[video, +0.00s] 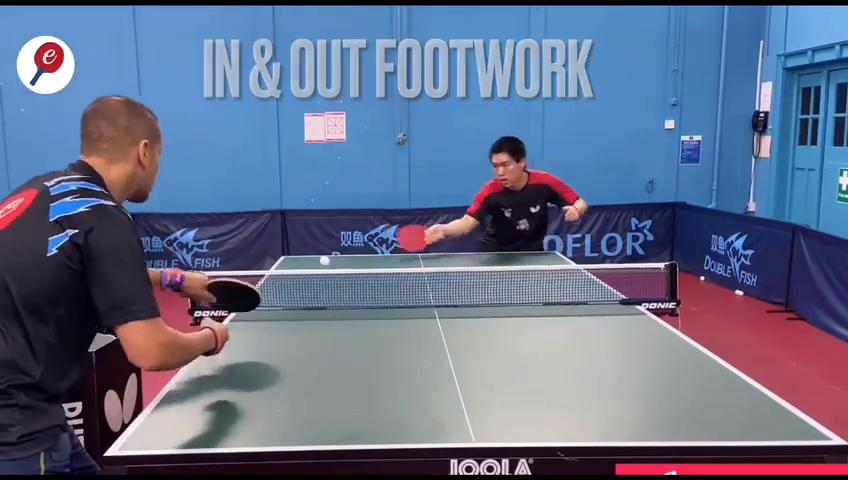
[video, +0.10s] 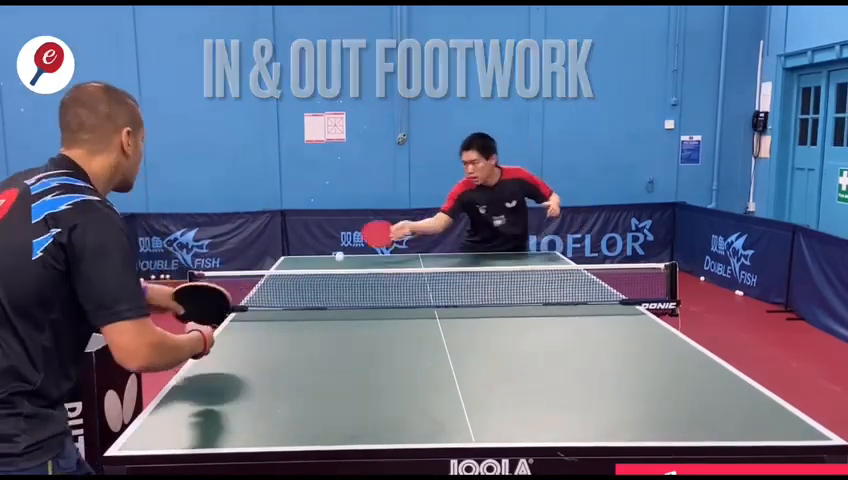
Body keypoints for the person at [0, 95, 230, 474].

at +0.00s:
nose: (156, 170)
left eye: (158, 158)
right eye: (158, 158)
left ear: (90, 145)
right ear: (142, 153)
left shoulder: (37, 191)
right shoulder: (103, 217)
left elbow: (79, 280)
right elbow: (149, 350)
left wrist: (174, 280)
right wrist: (206, 339)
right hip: (23, 431)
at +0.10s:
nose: (141, 156)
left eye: (143, 143)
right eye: (142, 143)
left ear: (70, 136)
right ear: (125, 141)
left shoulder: (18, 187)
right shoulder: (92, 219)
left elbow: (54, 283)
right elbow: (135, 351)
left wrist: (147, 295)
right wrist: (194, 344)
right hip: (26, 442)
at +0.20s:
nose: (125, 145)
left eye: (125, 132)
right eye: (125, 132)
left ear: (51, 127)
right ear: (109, 131)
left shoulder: (9, 182)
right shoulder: (80, 210)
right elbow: (127, 352)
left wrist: (119, 315)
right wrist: (187, 346)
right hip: (26, 444)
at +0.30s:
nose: (117, 137)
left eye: (117, 125)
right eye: (116, 124)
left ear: (40, 121)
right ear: (100, 123)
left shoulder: (7, 174)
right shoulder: (76, 201)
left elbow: (29, 303)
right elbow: (118, 349)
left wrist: (111, 299)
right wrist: (170, 354)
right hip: (22, 443)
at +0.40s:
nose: (120, 141)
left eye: (122, 127)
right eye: (120, 126)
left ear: (44, 122)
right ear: (102, 123)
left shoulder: (8, 173)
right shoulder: (77, 199)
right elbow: (107, 349)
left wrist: (99, 315)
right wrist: (158, 362)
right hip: (16, 438)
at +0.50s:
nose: (133, 158)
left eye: (136, 145)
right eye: (134, 143)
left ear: (60, 130)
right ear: (114, 135)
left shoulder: (10, 179)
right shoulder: (81, 205)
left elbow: (22, 310)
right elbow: (89, 353)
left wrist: (108, 327)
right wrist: (144, 373)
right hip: (14, 440)